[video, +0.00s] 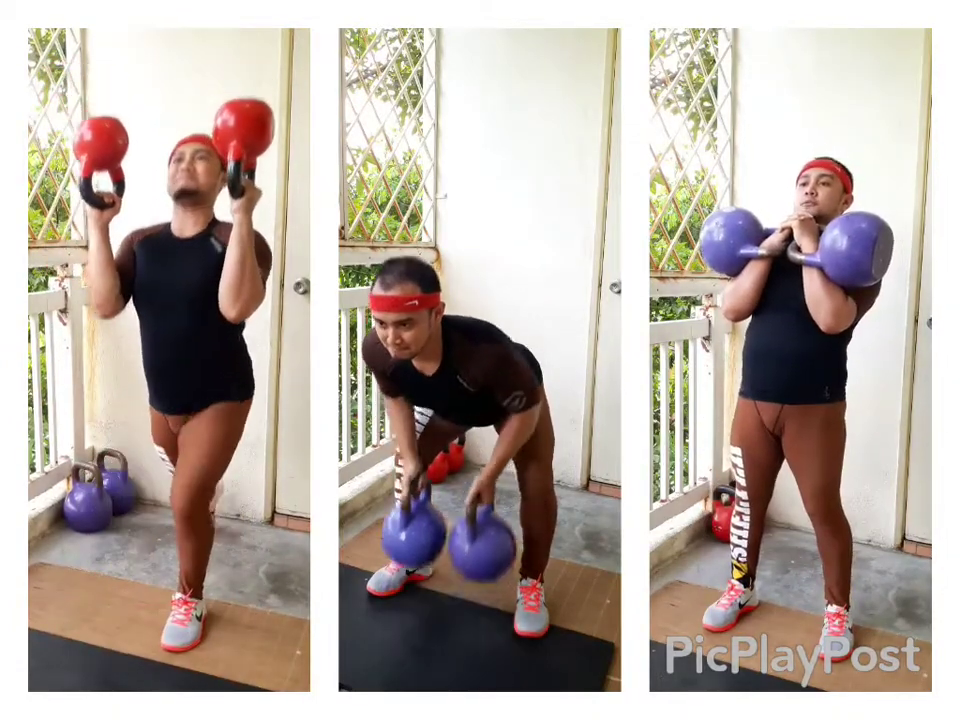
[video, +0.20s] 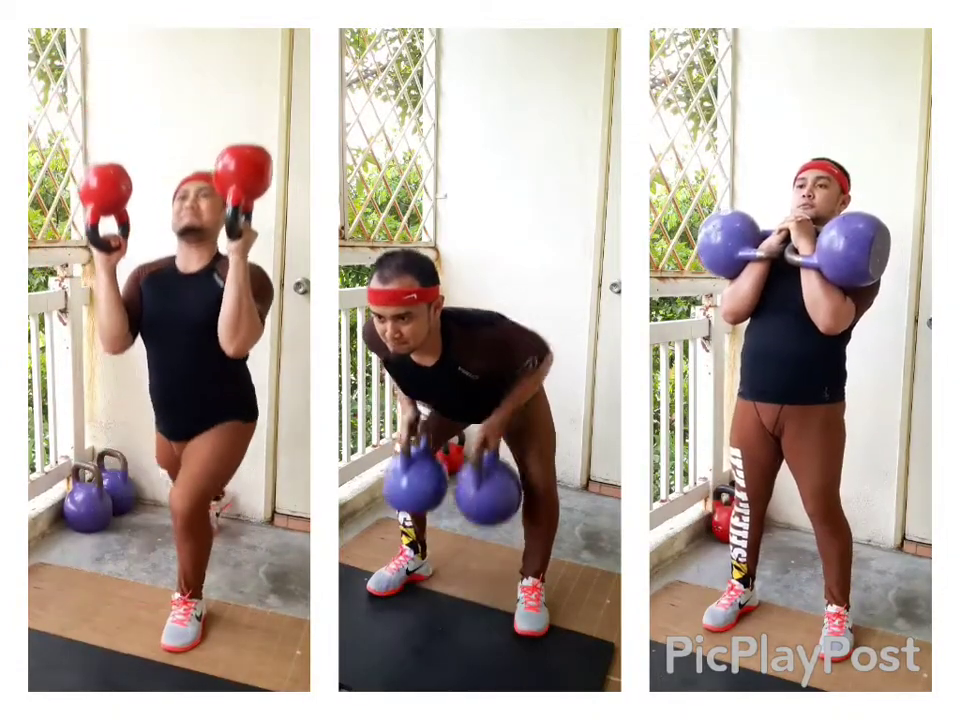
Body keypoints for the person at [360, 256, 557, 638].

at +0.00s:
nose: (392, 338)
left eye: (405, 325)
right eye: (381, 325)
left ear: (436, 312)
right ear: (372, 318)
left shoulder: (483, 349)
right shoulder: (377, 352)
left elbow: (527, 406)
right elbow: (396, 397)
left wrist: (491, 473)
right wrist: (408, 457)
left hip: (511, 399)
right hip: (452, 402)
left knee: (537, 485)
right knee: (410, 468)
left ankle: (531, 582)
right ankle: (412, 557)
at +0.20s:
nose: (391, 332)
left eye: (404, 318)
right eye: (380, 319)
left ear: (435, 305)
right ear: (371, 312)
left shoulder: (484, 334)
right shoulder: (376, 335)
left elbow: (542, 357)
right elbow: (394, 366)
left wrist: (498, 421)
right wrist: (407, 407)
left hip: (511, 393)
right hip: (447, 397)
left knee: (540, 482)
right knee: (411, 464)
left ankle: (531, 582)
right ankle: (413, 551)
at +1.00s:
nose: (395, 344)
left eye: (407, 331)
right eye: (384, 331)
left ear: (438, 314)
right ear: (375, 325)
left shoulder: (487, 355)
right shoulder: (379, 363)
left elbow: (512, 435)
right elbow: (401, 428)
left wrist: (484, 515)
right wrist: (411, 499)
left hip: (516, 396)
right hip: (456, 404)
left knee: (537, 486)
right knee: (412, 470)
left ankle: (532, 584)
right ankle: (407, 563)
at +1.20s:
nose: (393, 354)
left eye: (405, 340)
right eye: (382, 341)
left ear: (436, 327)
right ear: (374, 336)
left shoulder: (486, 370)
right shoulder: (377, 369)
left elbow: (499, 458)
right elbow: (397, 440)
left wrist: (480, 533)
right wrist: (406, 511)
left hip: (514, 392)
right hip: (450, 399)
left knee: (536, 486)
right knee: (413, 469)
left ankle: (530, 583)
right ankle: (409, 562)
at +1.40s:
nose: (391, 359)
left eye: (403, 346)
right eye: (380, 346)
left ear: (435, 333)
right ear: (372, 340)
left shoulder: (485, 373)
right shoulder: (376, 373)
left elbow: (497, 461)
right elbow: (398, 442)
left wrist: (481, 535)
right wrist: (407, 511)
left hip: (515, 390)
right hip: (450, 398)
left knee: (534, 486)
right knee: (414, 468)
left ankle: (531, 583)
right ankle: (409, 562)